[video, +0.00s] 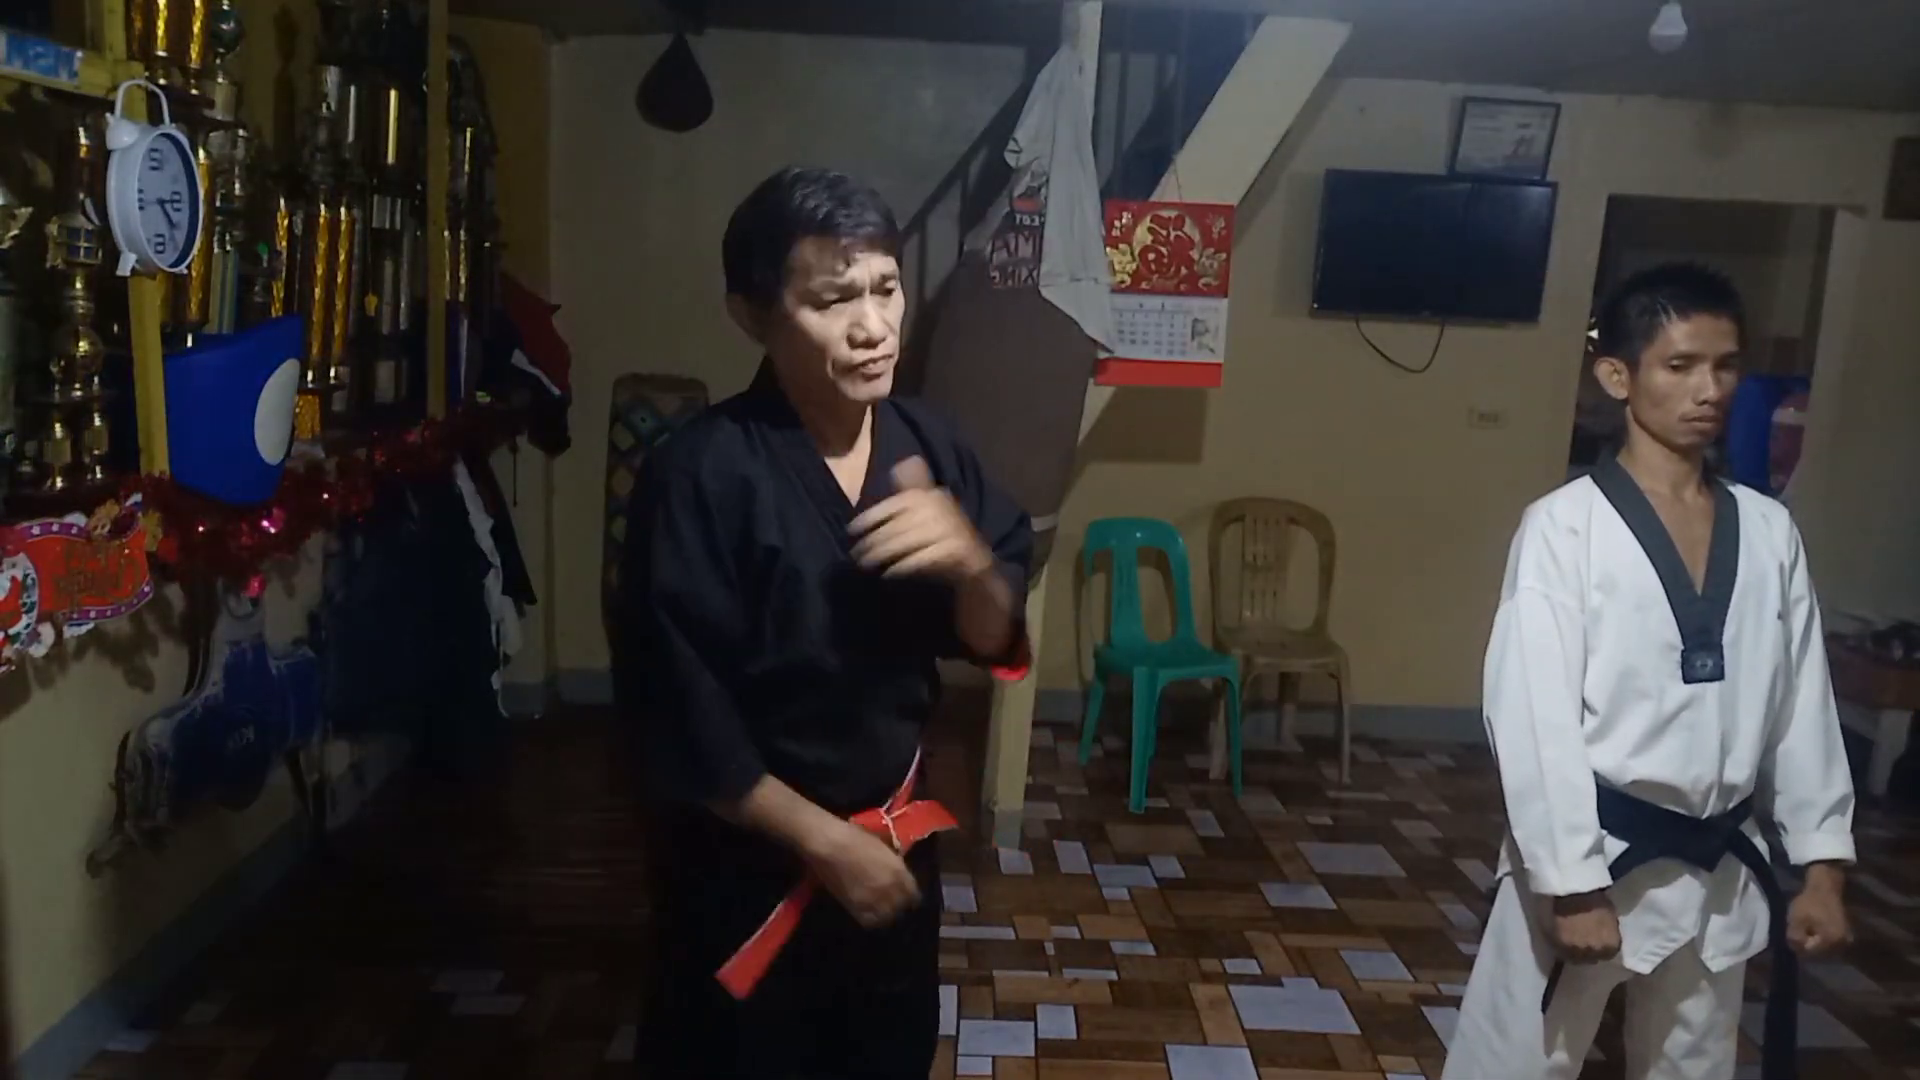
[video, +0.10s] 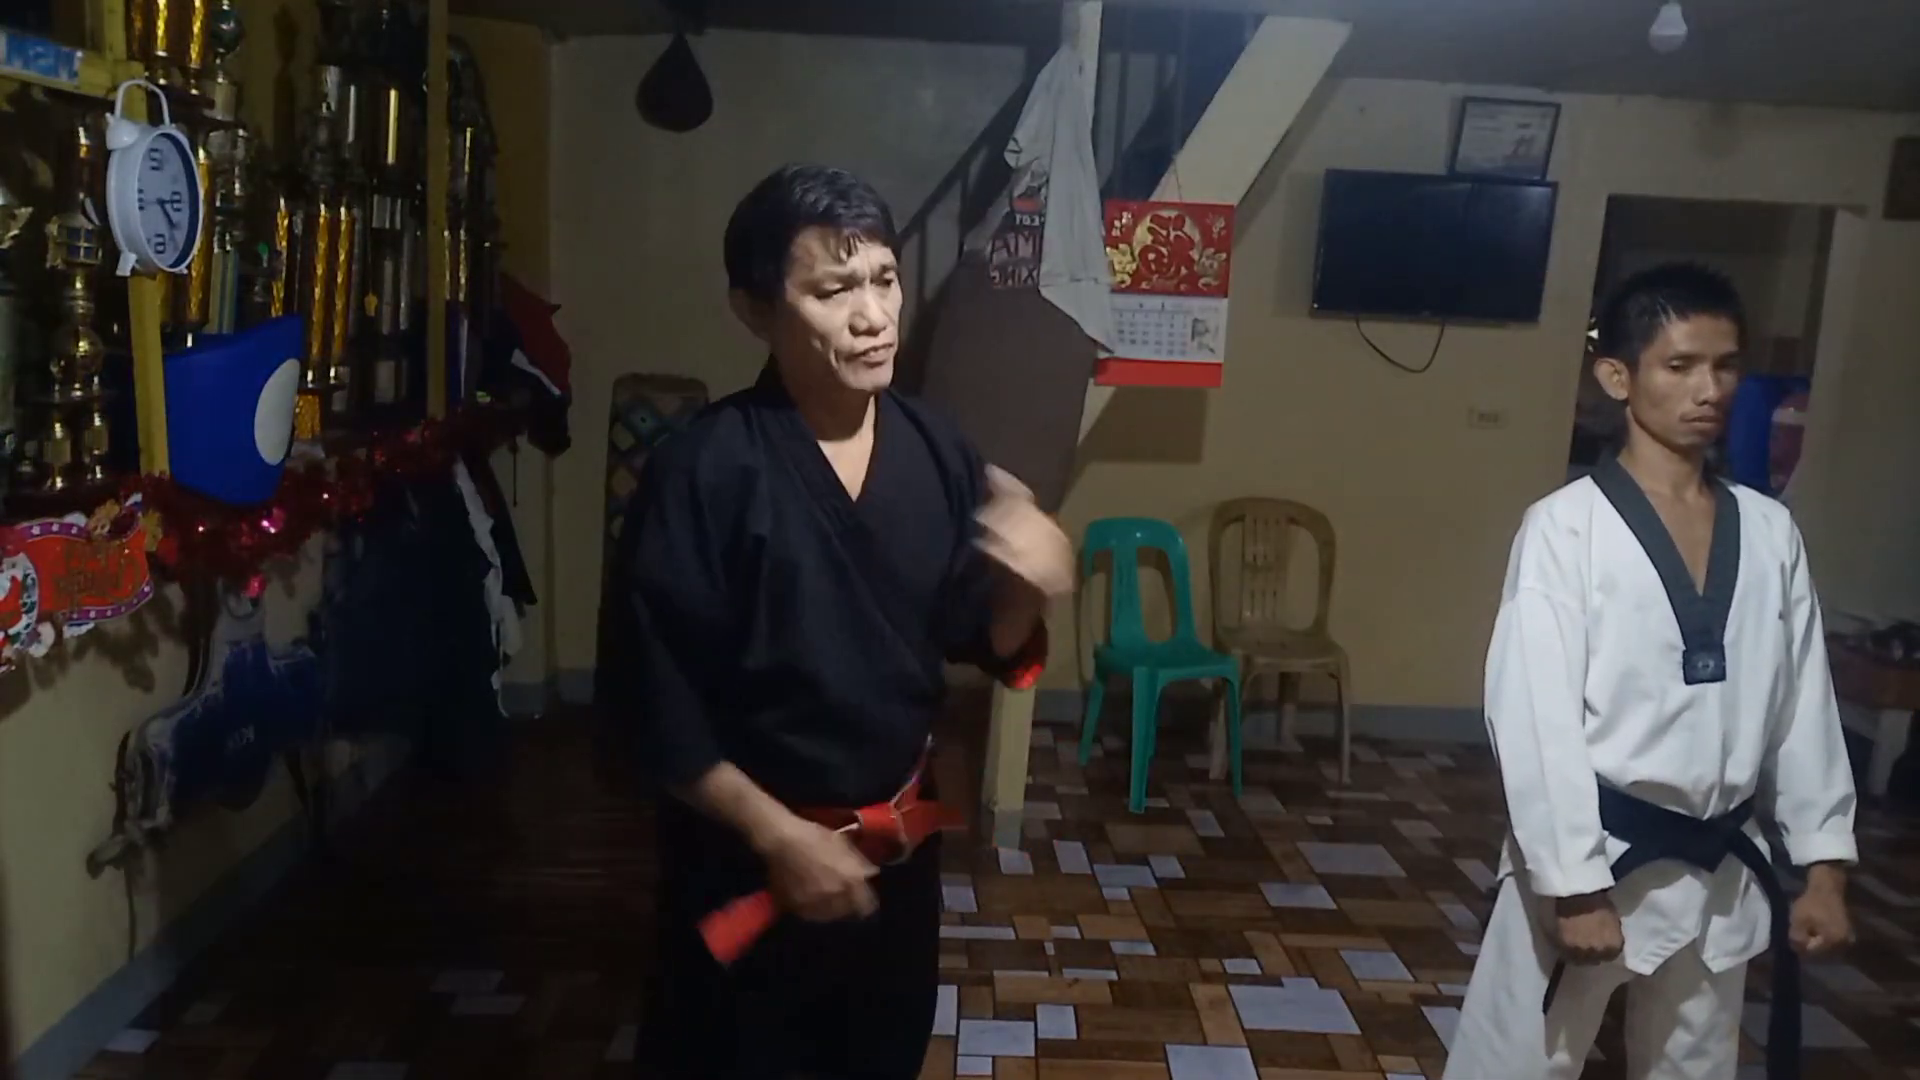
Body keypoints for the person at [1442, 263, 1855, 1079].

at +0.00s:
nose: (1710, 390)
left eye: (1724, 365)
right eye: (1681, 365)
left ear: (1739, 371)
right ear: (1616, 377)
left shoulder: (1769, 529)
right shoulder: (1562, 527)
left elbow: (1802, 702)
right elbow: (1533, 712)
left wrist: (1823, 864)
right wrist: (1576, 884)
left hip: (1719, 874)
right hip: (1583, 870)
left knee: (1693, 1069)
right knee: (1523, 1065)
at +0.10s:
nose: (1710, 390)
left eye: (1724, 365)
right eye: (1681, 365)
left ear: (1739, 372)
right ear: (1616, 377)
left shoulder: (1770, 530)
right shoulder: (1563, 528)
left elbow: (1804, 703)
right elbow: (1534, 713)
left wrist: (1825, 864)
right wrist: (1578, 886)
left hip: (1720, 873)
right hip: (1584, 869)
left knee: (1694, 1070)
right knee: (1523, 1065)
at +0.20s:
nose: (1711, 390)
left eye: (1725, 366)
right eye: (1682, 366)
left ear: (1740, 372)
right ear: (1617, 377)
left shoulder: (1771, 530)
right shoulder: (1565, 529)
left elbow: (1805, 704)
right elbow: (1536, 715)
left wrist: (1827, 865)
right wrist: (1581, 888)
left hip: (1721, 872)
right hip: (1586, 869)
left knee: (1695, 1070)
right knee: (1527, 1065)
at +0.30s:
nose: (1712, 391)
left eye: (1726, 366)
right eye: (1683, 366)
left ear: (1741, 373)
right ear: (1618, 378)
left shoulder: (1772, 531)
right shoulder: (1565, 530)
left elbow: (1806, 706)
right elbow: (1537, 714)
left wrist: (1826, 868)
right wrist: (1582, 887)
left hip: (1721, 874)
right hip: (1586, 870)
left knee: (1695, 1070)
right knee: (1526, 1065)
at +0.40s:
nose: (1713, 391)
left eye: (1728, 366)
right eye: (1684, 366)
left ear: (1743, 373)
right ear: (1619, 378)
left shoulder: (1773, 532)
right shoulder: (1566, 530)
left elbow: (1806, 707)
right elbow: (1536, 714)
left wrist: (1825, 870)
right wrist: (1581, 889)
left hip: (1721, 876)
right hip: (1586, 870)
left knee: (1694, 1070)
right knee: (1524, 1066)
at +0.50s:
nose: (1715, 392)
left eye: (1731, 367)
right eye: (1687, 367)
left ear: (1746, 374)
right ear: (1621, 378)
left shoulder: (1774, 531)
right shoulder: (1567, 530)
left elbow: (1806, 708)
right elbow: (1535, 714)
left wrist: (1824, 870)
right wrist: (1580, 889)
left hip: (1722, 876)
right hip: (1586, 871)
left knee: (1694, 1070)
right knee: (1523, 1066)